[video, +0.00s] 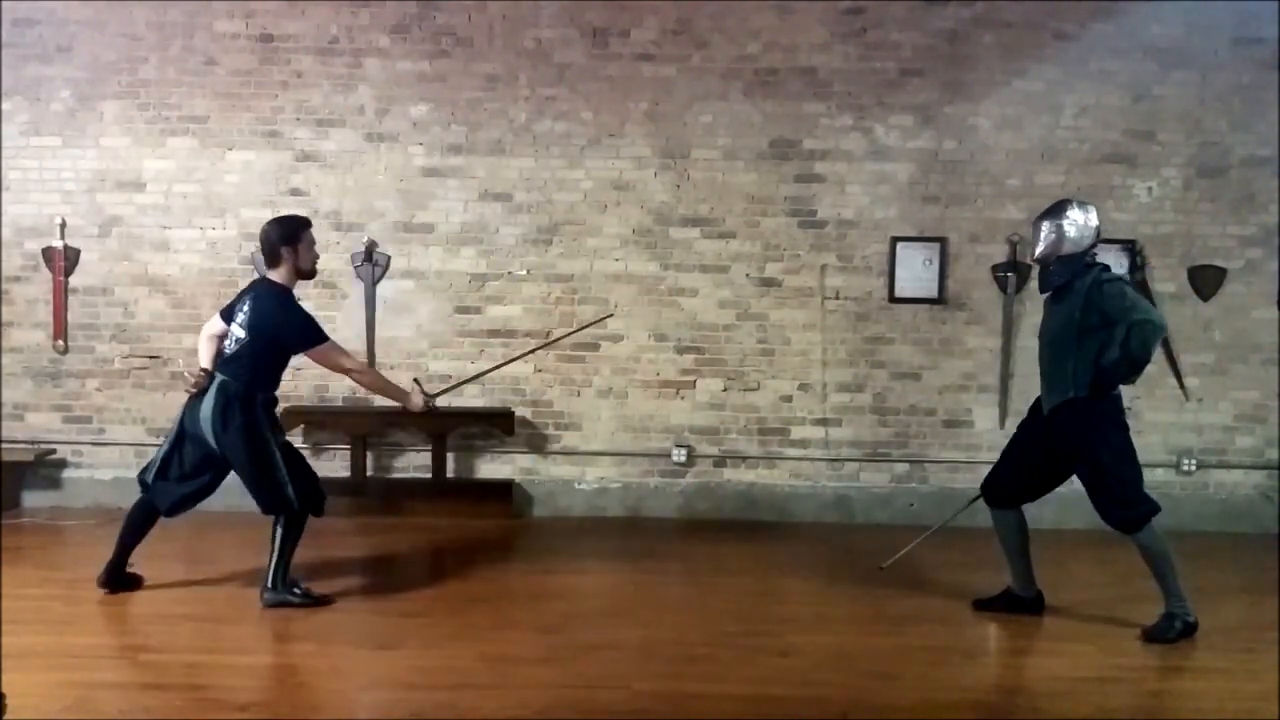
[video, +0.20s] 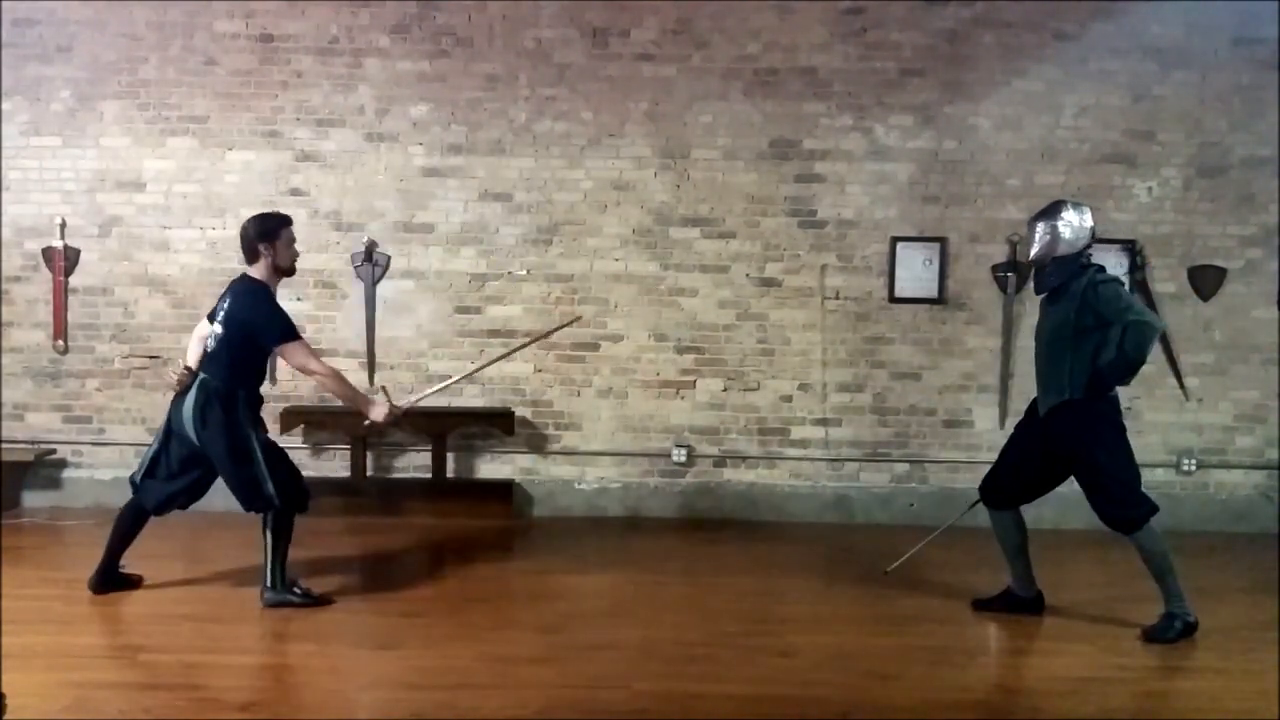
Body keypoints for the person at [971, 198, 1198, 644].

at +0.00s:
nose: (1041, 244)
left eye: (1049, 233)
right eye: (1041, 234)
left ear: (1073, 236)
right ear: (1062, 237)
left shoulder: (1099, 284)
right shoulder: (1063, 288)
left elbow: (1147, 323)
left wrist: (1111, 376)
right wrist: (1060, 386)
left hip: (1095, 416)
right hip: (1054, 414)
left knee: (1130, 512)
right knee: (1000, 492)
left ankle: (1179, 611)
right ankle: (1023, 591)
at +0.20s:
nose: (1035, 245)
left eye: (1042, 235)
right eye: (1035, 235)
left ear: (1067, 237)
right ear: (1059, 239)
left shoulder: (1094, 284)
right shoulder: (1058, 287)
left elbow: (1143, 324)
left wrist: (1106, 378)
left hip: (1091, 417)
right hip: (1051, 415)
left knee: (1127, 512)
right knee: (998, 493)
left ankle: (1179, 612)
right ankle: (1023, 591)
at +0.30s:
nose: (1033, 246)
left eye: (1040, 236)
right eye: (1033, 236)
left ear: (1064, 238)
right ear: (1061, 240)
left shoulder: (1095, 283)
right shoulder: (1057, 286)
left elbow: (1143, 324)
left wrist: (1108, 376)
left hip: (1092, 416)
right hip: (1050, 414)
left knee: (1128, 511)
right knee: (998, 492)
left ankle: (1179, 612)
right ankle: (1023, 591)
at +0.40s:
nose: (1033, 248)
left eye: (1040, 237)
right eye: (1032, 238)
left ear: (1064, 239)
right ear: (1060, 241)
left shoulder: (1095, 284)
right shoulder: (1057, 288)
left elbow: (1144, 323)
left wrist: (1110, 375)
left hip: (1092, 416)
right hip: (1050, 414)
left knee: (1129, 512)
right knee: (998, 492)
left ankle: (1180, 612)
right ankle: (1023, 591)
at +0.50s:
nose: (1033, 245)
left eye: (1040, 236)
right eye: (1033, 236)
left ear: (1063, 238)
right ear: (1060, 239)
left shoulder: (1094, 284)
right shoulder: (1056, 286)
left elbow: (1144, 324)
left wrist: (1109, 376)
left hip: (1092, 416)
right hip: (1050, 413)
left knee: (1130, 511)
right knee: (998, 493)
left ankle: (1180, 612)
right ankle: (1023, 591)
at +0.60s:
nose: (1034, 247)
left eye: (1041, 236)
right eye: (1033, 237)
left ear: (1065, 238)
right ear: (1060, 239)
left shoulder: (1095, 284)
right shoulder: (1057, 287)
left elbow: (1145, 323)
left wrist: (1112, 374)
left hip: (1092, 416)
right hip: (1050, 414)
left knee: (1131, 511)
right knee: (998, 493)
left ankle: (1180, 612)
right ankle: (1023, 591)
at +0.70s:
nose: (1034, 245)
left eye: (1041, 235)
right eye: (1034, 235)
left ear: (1064, 237)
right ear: (1063, 238)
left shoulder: (1095, 283)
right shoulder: (1057, 287)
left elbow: (1145, 324)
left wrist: (1112, 375)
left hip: (1093, 416)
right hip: (1051, 414)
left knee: (1131, 511)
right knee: (999, 493)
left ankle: (1180, 611)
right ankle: (1023, 591)